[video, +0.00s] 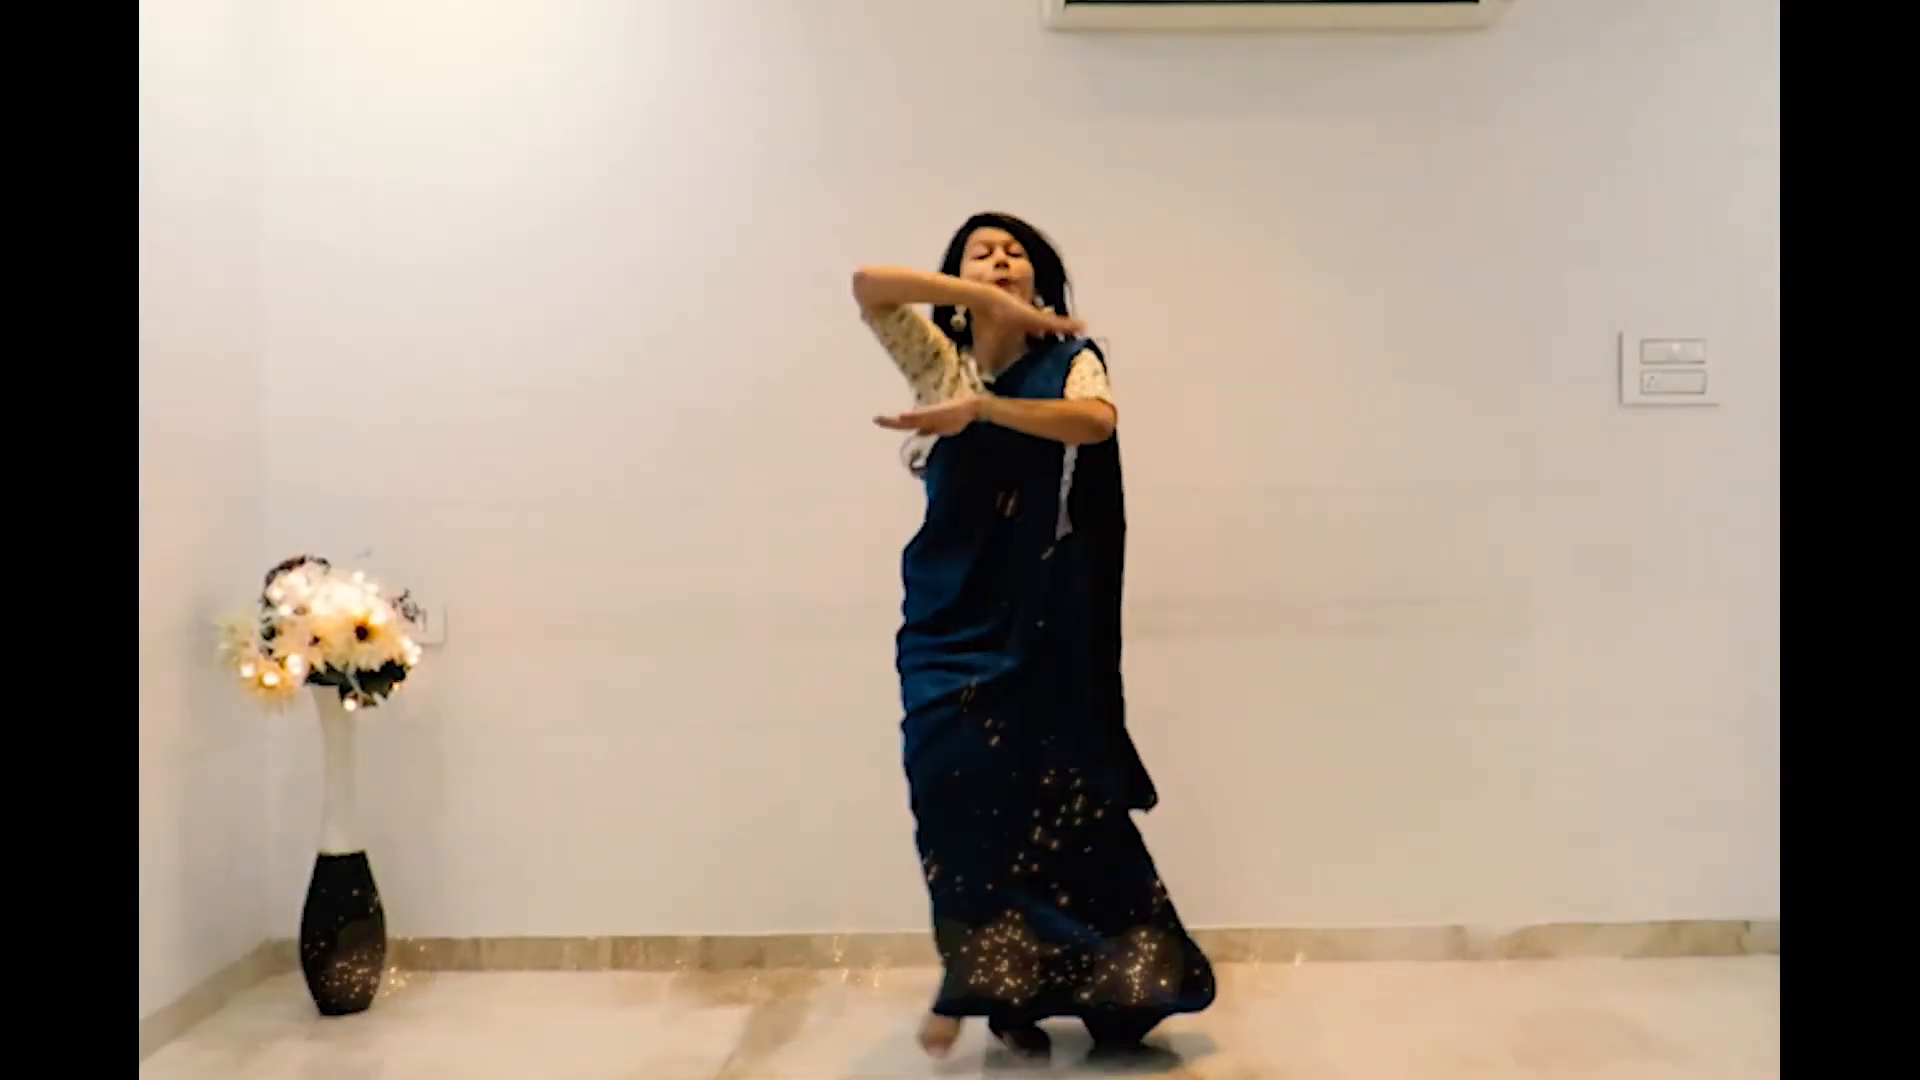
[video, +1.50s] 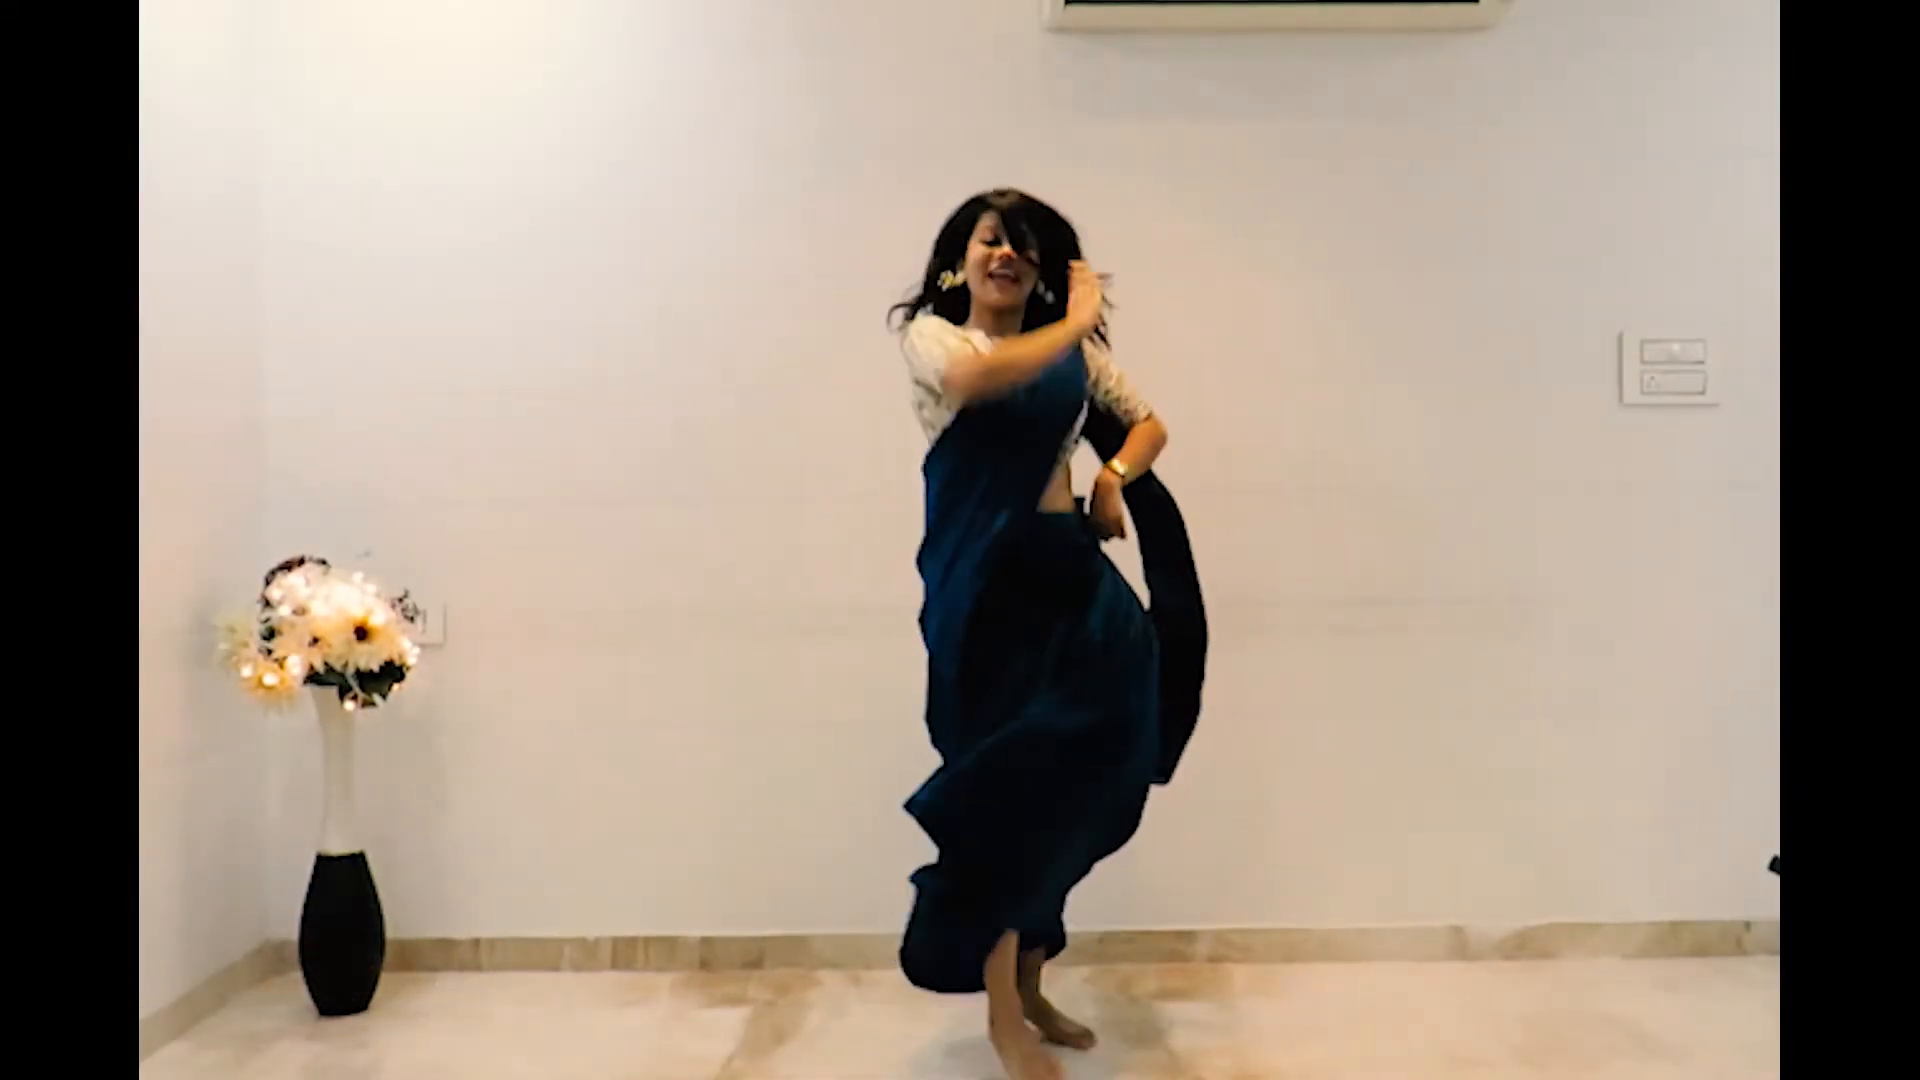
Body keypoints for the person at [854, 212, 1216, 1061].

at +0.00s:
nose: (1000, 261)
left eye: (1014, 253)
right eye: (982, 253)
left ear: (1042, 284)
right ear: (959, 287)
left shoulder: (1072, 357)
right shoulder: (941, 363)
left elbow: (1093, 420)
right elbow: (870, 285)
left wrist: (977, 407)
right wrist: (992, 300)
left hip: (1048, 620)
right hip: (950, 618)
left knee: (1057, 804)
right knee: (947, 790)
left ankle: (1106, 989)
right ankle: (963, 972)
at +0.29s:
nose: (1001, 272)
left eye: (1017, 264)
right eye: (986, 262)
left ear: (1041, 294)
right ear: (960, 292)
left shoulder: (1076, 387)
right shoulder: (927, 380)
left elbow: (1103, 513)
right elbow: (888, 498)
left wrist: (1015, 558)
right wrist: (966, 417)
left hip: (1022, 618)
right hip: (928, 611)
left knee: (1008, 795)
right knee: (917, 787)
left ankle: (997, 980)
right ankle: (886, 979)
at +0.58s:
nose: (990, 274)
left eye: (1005, 265)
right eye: (973, 262)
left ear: (1026, 293)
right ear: (943, 287)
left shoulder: (1060, 385)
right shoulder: (916, 376)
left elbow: (1110, 498)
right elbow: (943, 457)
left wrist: (1101, 585)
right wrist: (971, 385)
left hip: (1044, 630)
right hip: (950, 628)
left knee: (1033, 821)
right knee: (949, 820)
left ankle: (1027, 1015)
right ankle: (948, 1029)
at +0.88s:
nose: (952, 254)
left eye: (969, 244)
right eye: (951, 242)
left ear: (1009, 262)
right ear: (947, 259)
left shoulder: (1030, 335)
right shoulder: (936, 348)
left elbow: (1085, 422)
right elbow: (827, 332)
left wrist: (1014, 521)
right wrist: (870, 248)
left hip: (1006, 607)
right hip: (939, 606)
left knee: (1005, 791)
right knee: (928, 792)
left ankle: (1018, 990)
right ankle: (952, 989)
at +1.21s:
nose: (953, 317)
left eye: (964, 305)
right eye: (957, 303)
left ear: (996, 318)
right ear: (1012, 316)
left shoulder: (1029, 391)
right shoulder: (976, 408)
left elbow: (1068, 482)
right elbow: (869, 491)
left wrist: (974, 550)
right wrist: (877, 469)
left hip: (1007, 652)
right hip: (952, 652)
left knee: (1028, 832)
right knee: (926, 817)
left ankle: (1161, 1019)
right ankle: (983, 987)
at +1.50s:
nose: (1003, 252)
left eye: (1019, 243)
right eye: (988, 240)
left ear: (1042, 268)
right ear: (957, 260)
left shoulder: (1067, 345)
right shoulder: (929, 332)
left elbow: (1148, 424)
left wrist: (1114, 476)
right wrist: (1075, 323)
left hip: (1066, 576)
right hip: (976, 583)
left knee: (1070, 768)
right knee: (1005, 784)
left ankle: (1023, 972)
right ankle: (1004, 1012)